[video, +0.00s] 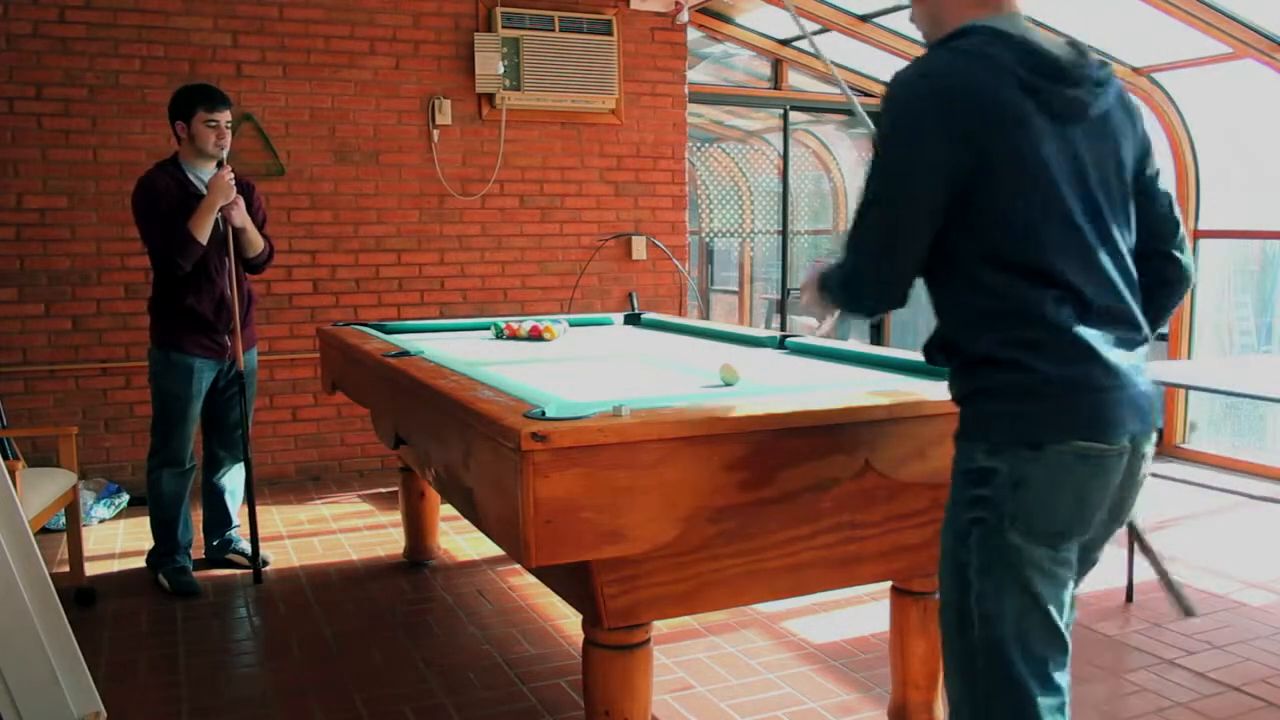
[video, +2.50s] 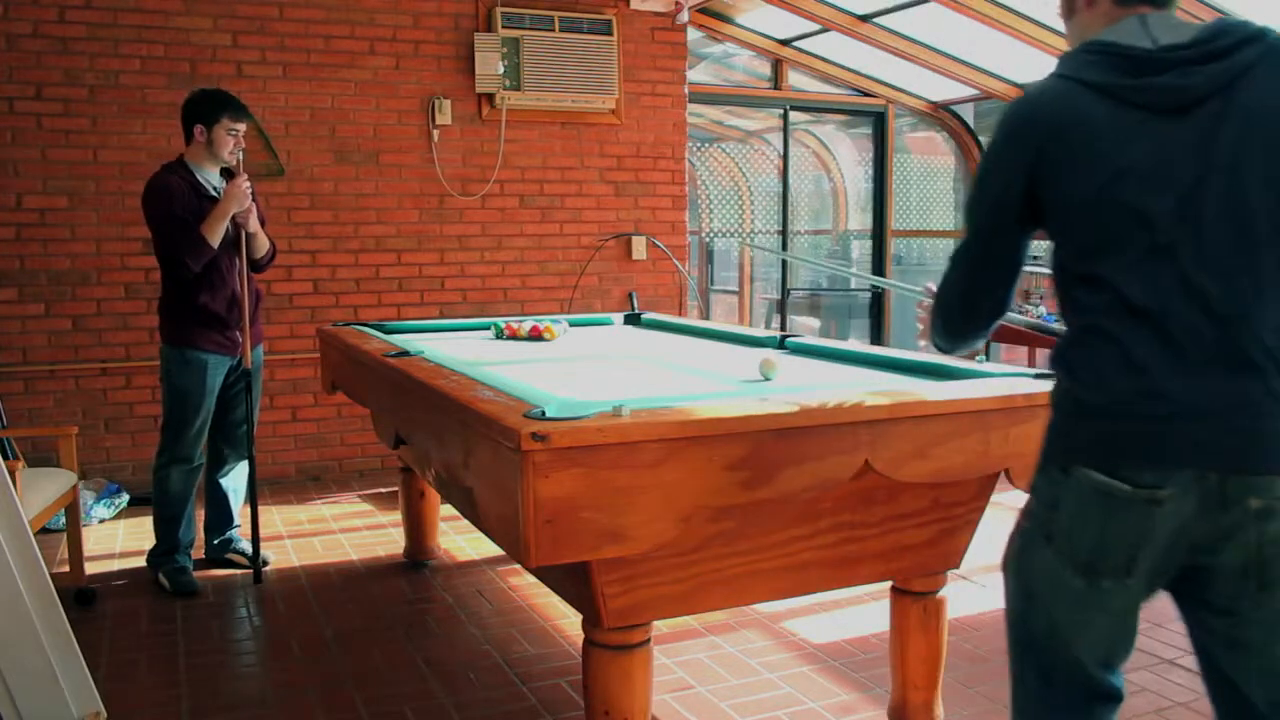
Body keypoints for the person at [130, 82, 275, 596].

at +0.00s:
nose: (223, 134)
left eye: (228, 126)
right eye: (212, 125)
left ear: (232, 131)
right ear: (181, 129)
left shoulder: (240, 186)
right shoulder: (156, 187)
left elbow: (259, 262)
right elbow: (175, 262)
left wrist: (243, 223)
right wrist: (209, 205)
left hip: (238, 339)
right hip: (183, 341)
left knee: (229, 450)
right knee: (175, 454)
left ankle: (223, 542)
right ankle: (171, 558)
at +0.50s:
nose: (224, 134)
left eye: (228, 126)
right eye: (213, 125)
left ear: (232, 131)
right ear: (182, 129)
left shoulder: (239, 186)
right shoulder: (155, 187)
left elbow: (259, 262)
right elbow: (175, 261)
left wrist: (243, 222)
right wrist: (211, 204)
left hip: (238, 339)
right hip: (183, 341)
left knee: (230, 450)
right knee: (175, 455)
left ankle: (223, 542)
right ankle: (171, 558)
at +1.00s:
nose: (223, 135)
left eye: (228, 126)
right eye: (213, 125)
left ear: (232, 130)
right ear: (181, 129)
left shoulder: (238, 185)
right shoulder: (155, 187)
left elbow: (258, 262)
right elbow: (174, 262)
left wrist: (243, 222)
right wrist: (210, 204)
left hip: (237, 339)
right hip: (182, 341)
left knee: (229, 450)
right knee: (175, 455)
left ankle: (223, 542)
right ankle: (171, 558)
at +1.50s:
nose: (223, 135)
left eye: (228, 126)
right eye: (212, 126)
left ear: (232, 131)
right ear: (181, 129)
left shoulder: (239, 186)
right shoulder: (155, 187)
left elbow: (258, 262)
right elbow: (175, 261)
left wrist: (243, 222)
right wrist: (209, 205)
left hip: (237, 339)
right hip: (182, 341)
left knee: (229, 450)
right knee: (175, 455)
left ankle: (223, 543)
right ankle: (171, 558)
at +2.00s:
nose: (231, 138)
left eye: (235, 129)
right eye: (223, 128)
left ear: (236, 133)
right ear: (190, 128)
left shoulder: (235, 184)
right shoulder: (156, 187)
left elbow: (257, 261)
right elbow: (176, 261)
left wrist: (242, 221)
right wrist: (209, 204)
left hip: (238, 339)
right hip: (184, 341)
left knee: (229, 450)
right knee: (176, 455)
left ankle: (223, 542)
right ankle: (171, 558)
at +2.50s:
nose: (240, 142)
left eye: (242, 133)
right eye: (232, 132)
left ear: (238, 138)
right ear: (200, 132)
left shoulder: (235, 185)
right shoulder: (165, 187)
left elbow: (262, 262)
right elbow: (185, 263)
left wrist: (251, 223)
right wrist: (224, 209)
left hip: (245, 337)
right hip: (195, 340)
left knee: (233, 449)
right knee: (184, 453)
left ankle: (224, 542)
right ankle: (171, 558)